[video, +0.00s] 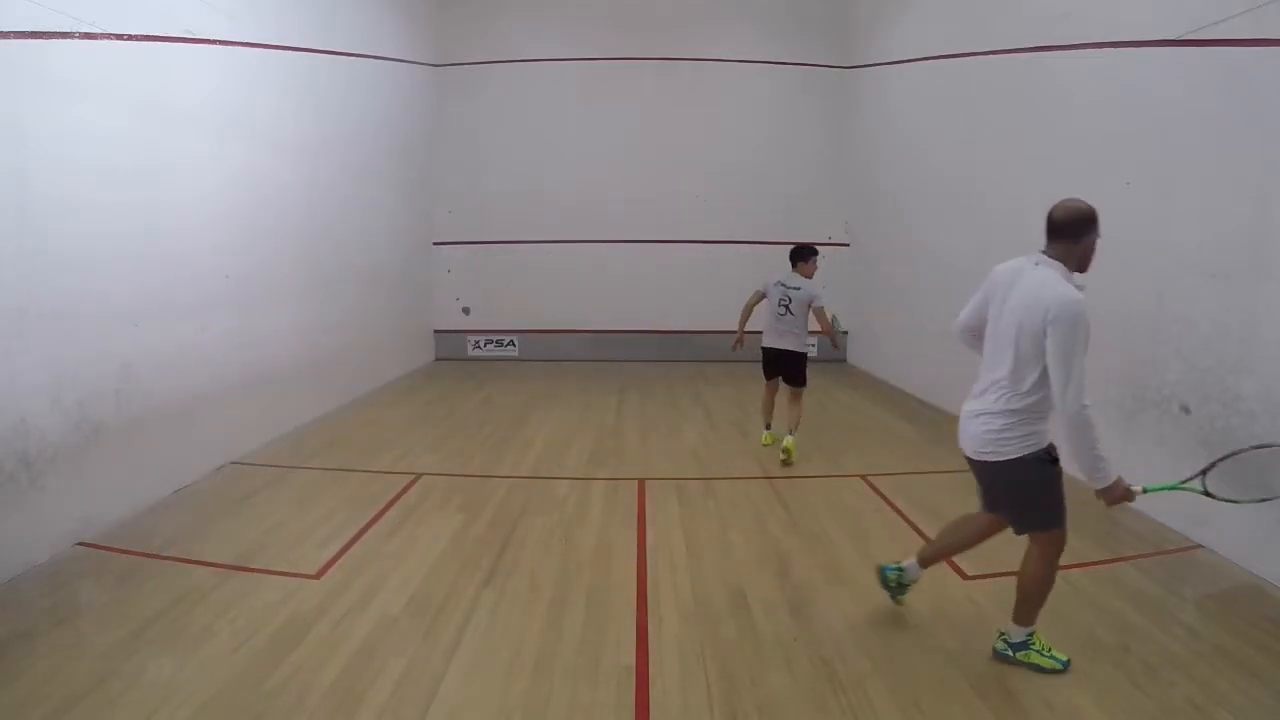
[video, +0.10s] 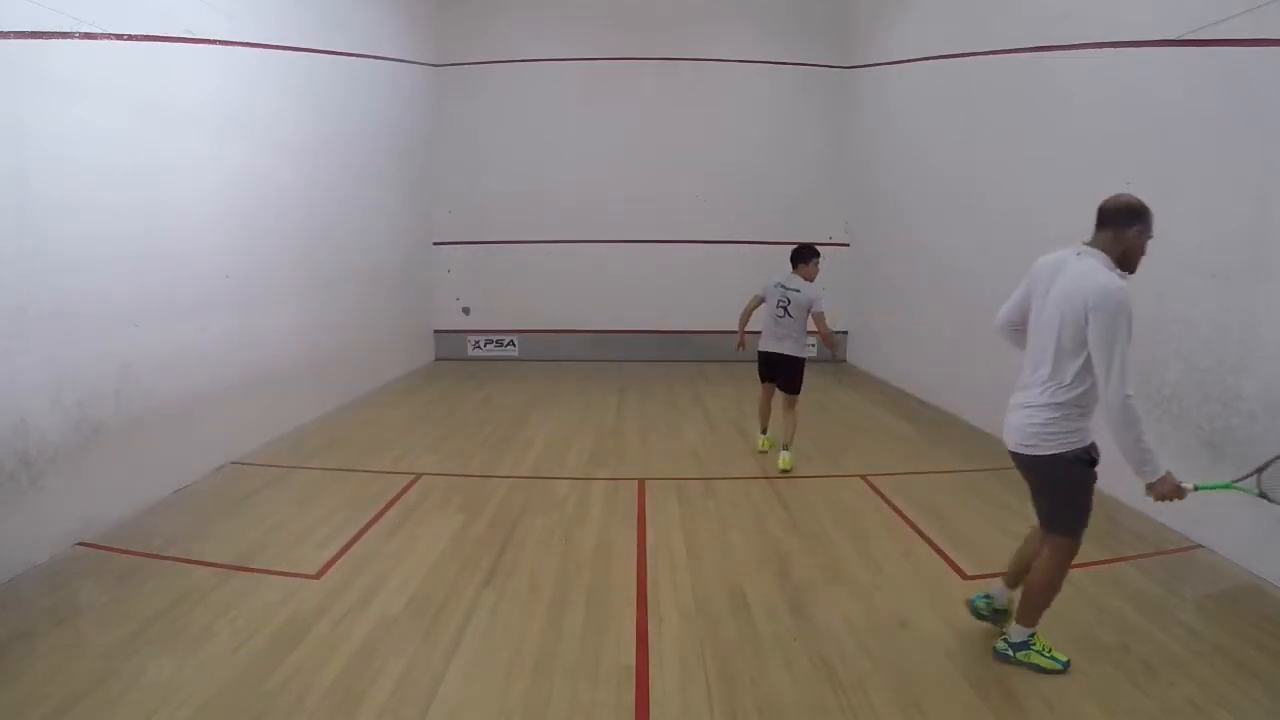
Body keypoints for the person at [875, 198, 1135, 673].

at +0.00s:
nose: (1096, 248)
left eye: (1094, 240)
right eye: (1096, 240)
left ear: (1050, 235)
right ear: (1087, 243)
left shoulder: (1008, 271)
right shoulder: (1066, 302)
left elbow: (968, 327)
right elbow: (1071, 404)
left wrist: (1014, 362)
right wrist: (1104, 479)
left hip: (979, 429)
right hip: (1017, 443)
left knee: (998, 514)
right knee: (1048, 539)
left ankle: (905, 572)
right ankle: (1018, 637)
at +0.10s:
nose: (1145, 252)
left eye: (1148, 242)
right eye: (1145, 240)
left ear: (1101, 228)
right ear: (1126, 234)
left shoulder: (1050, 264)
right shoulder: (1108, 291)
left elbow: (1009, 322)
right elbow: (1116, 398)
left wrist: (1053, 358)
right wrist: (1154, 473)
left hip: (1024, 430)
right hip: (1058, 440)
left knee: (1052, 522)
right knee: (1062, 541)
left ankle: (999, 597)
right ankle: (1019, 638)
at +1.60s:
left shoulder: (1253, 315)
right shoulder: (1253, 316)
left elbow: (1197, 376)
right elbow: (1197, 376)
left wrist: (1155, 470)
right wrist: (1156, 471)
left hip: (1225, 531)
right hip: (1275, 546)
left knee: (1151, 651)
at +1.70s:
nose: (1257, 266)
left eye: (1257, 257)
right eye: (1261, 258)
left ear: (1262, 257)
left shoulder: (1218, 301)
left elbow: (1145, 362)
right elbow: (1145, 365)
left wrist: (1118, 456)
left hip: (1188, 520)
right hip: (1268, 539)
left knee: (1131, 654)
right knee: (1273, 661)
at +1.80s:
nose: (1242, 244)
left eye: (1242, 237)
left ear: (1247, 236)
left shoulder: (1199, 279)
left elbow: (1113, 331)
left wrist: (1082, 431)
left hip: (1165, 514)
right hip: (1254, 532)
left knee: (1124, 650)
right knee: (1245, 645)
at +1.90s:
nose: (1233, 231)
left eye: (1233, 223)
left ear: (1239, 222)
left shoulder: (1185, 266)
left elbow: (1094, 313)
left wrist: (1053, 416)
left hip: (1148, 513)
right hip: (1236, 538)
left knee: (1113, 652)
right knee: (1195, 665)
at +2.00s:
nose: (1226, 236)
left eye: (1227, 229)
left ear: (1231, 232)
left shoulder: (1175, 279)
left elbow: (1084, 334)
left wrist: (1034, 436)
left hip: (1119, 532)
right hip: (1206, 562)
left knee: (1110, 647)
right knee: (1145, 700)